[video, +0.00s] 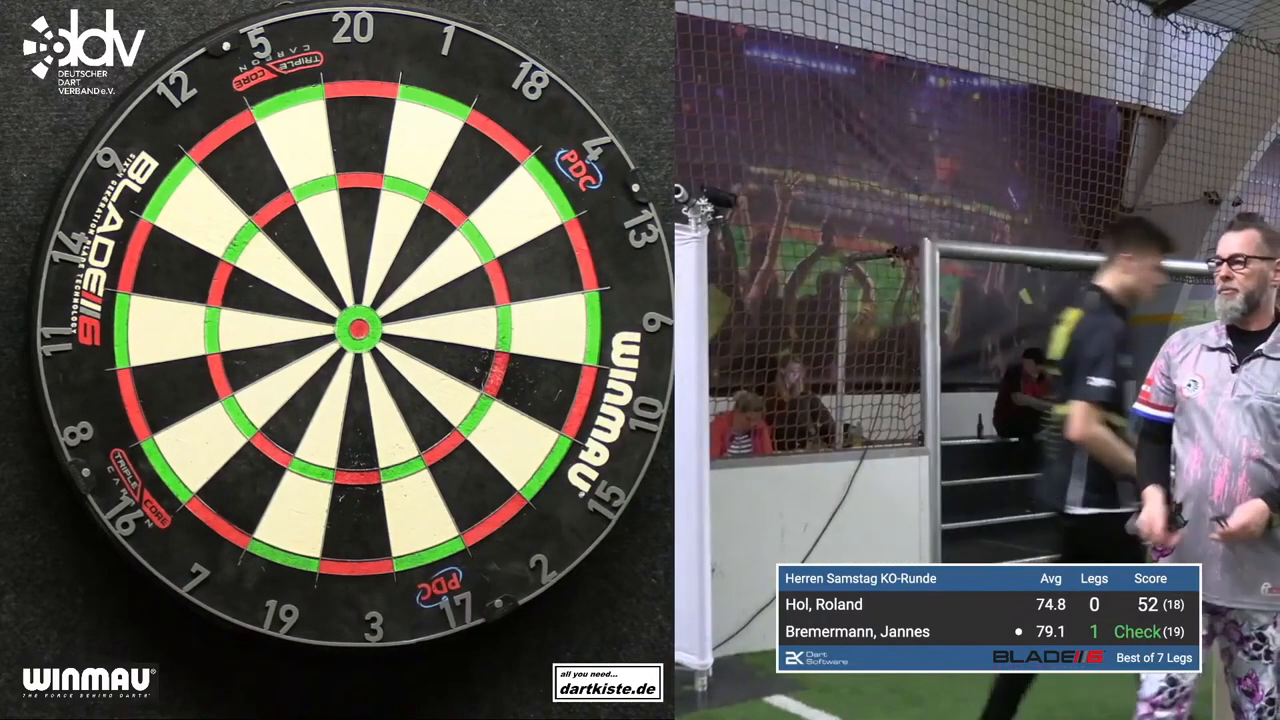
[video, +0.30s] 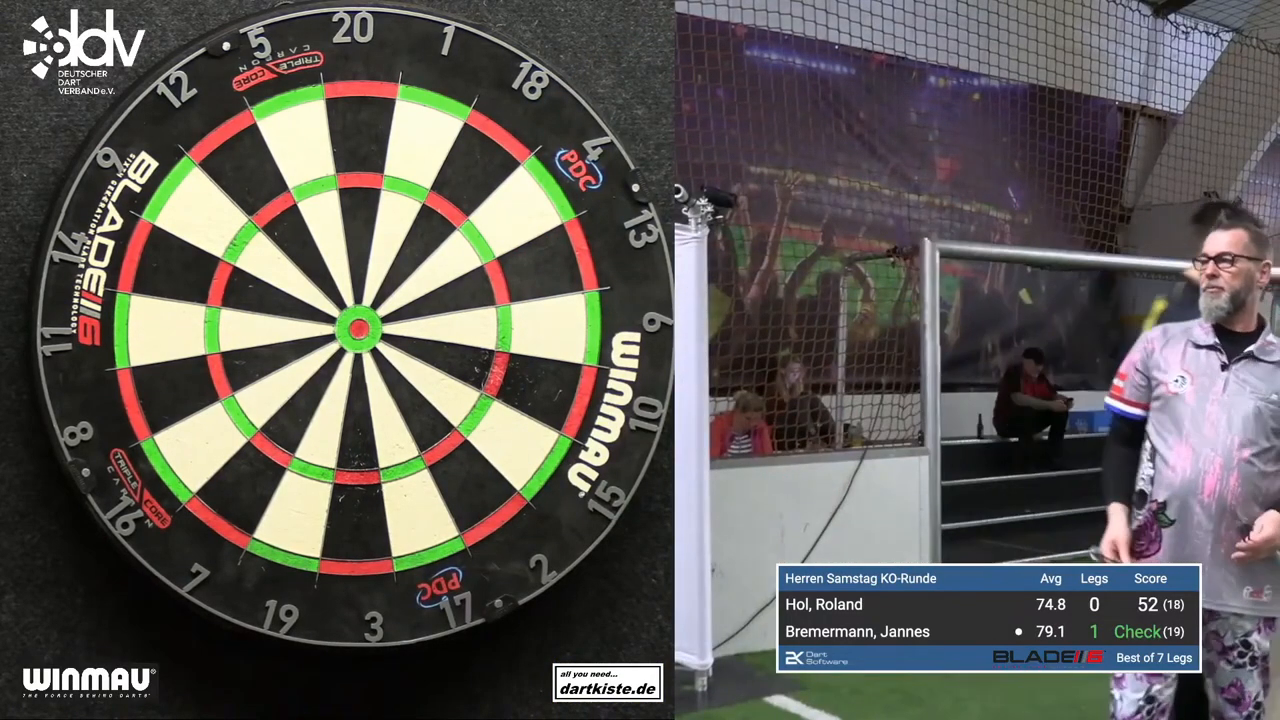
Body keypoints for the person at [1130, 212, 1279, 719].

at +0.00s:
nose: (1223, 271)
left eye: (1239, 261)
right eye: (1219, 262)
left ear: (1274, 272)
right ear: (1213, 271)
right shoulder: (1182, 347)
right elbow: (1152, 434)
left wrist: (1268, 507)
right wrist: (1153, 494)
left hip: (1262, 577)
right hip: (1179, 567)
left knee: (1258, 708)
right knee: (1159, 704)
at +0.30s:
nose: (1210, 269)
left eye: (1227, 260)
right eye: (1205, 260)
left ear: (1264, 274)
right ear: (1196, 270)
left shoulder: (1277, 360)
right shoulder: (1157, 345)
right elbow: (1122, 437)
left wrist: (1279, 515)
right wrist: (1118, 513)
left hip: (1247, 586)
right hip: (1154, 580)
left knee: (1239, 712)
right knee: (1136, 710)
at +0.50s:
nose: (1090, 195)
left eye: (1107, 184)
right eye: (1085, 186)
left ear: (1149, 198)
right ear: (1079, 200)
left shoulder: (1192, 303)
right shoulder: (1048, 295)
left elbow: (1227, 419)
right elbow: (1016, 409)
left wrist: (1181, 506)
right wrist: (1017, 507)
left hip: (1153, 534)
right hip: (1069, 532)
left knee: (1140, 691)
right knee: (1073, 686)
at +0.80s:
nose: (1039, 189)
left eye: (1056, 176)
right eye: (1034, 180)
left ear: (1101, 189)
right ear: (1028, 194)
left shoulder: (1152, 289)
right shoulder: (1005, 297)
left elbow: (1199, 400)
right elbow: (972, 425)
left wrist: (1178, 497)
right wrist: (940, 541)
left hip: (1136, 535)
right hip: (1052, 538)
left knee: (1139, 698)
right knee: (1056, 700)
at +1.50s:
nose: (1012, 186)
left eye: (1030, 172)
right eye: (1008, 176)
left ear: (1074, 186)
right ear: (1004, 190)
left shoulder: (1131, 289)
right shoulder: (979, 299)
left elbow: (1171, 411)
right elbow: (953, 431)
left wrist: (1141, 508)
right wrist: (995, 535)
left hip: (1125, 543)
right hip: (1034, 551)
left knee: (1136, 697)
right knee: (1048, 700)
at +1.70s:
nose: (1042, 188)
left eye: (1059, 175)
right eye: (1035, 179)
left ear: (1102, 189)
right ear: (1028, 193)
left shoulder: (1148, 295)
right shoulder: (996, 293)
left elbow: (1182, 418)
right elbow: (945, 404)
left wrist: (1148, 502)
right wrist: (1031, 454)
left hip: (1132, 537)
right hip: (1040, 538)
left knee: (1142, 695)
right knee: (1052, 696)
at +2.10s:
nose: (1117, 197)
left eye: (1133, 184)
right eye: (1107, 187)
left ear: (1169, 196)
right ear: (1098, 202)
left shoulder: (1205, 304)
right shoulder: (1063, 287)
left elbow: (1247, 419)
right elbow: (973, 370)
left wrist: (1224, 505)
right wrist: (1054, 438)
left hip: (1180, 542)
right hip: (1088, 540)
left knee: (1206, 700)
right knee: (1080, 699)